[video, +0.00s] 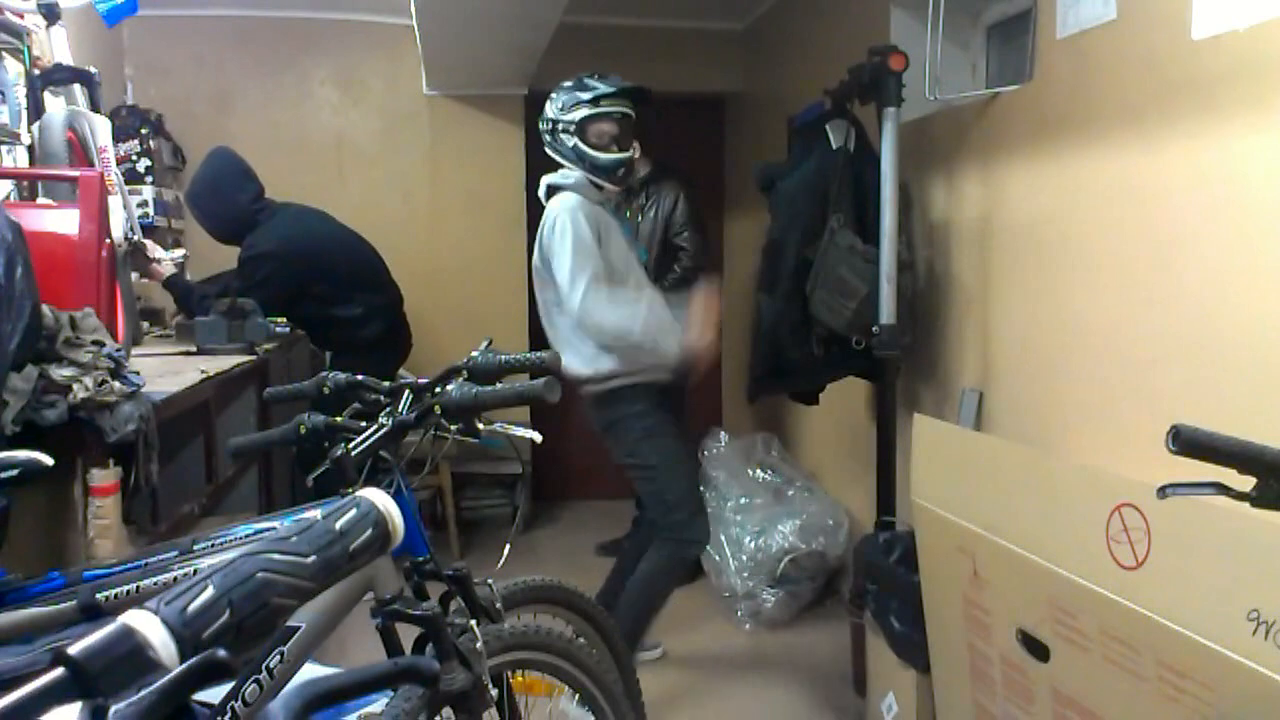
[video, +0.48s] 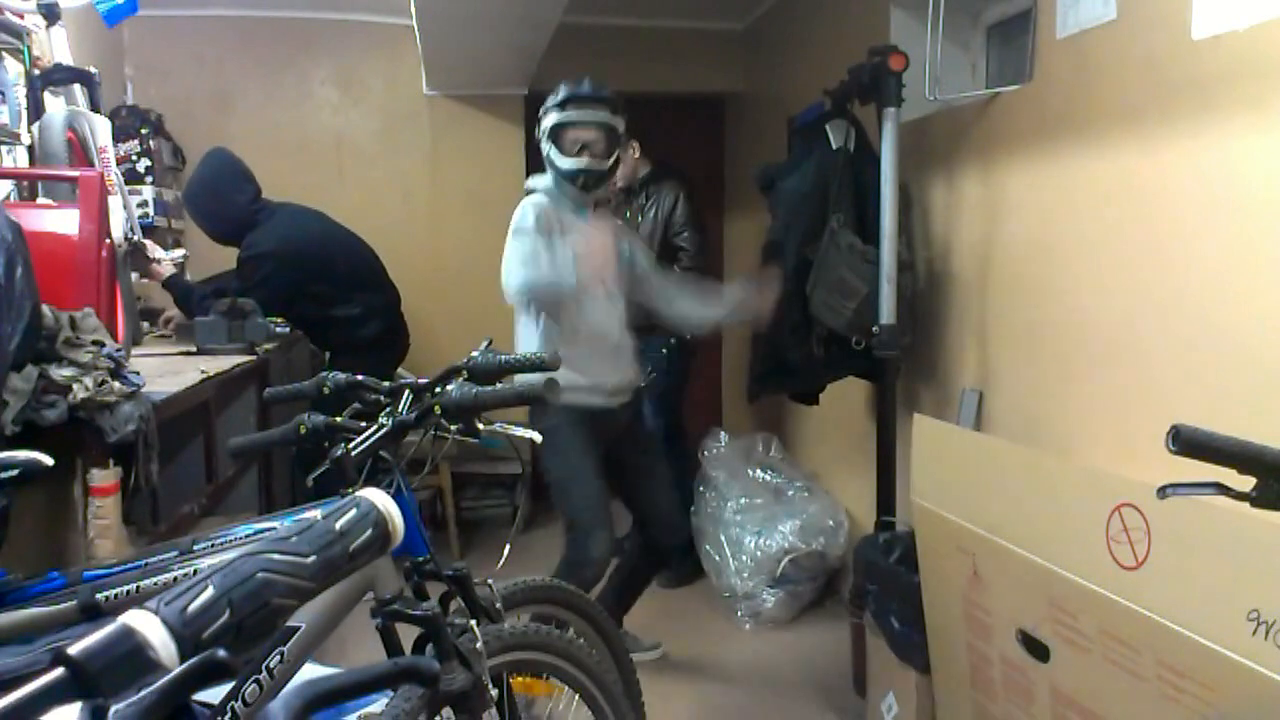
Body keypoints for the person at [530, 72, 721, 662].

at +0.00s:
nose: (619, 146)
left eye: (623, 132)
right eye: (602, 134)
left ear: (632, 134)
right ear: (566, 140)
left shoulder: (600, 212)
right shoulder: (570, 214)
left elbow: (631, 295)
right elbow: (594, 309)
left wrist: (685, 324)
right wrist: (683, 339)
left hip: (642, 386)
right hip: (618, 392)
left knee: (661, 520)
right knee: (681, 529)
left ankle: (600, 635)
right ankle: (610, 653)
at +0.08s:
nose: (612, 152)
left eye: (620, 141)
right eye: (597, 142)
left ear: (633, 146)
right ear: (567, 149)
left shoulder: (619, 213)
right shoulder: (567, 210)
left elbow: (653, 285)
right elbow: (603, 255)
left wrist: (720, 281)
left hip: (637, 391)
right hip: (598, 398)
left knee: (671, 513)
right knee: (677, 531)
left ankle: (610, 622)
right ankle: (598, 633)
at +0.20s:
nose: (607, 153)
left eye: (617, 142)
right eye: (593, 141)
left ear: (633, 147)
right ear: (565, 146)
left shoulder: (634, 214)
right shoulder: (561, 206)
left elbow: (672, 301)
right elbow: (588, 262)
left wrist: (715, 295)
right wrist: (672, 242)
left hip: (642, 388)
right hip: (593, 392)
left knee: (655, 529)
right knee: (638, 541)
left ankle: (603, 624)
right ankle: (574, 632)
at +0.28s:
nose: (603, 139)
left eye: (613, 127)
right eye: (588, 127)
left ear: (626, 136)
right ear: (561, 133)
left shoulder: (599, 207)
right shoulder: (557, 206)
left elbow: (620, 295)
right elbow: (553, 311)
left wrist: (656, 356)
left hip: (646, 384)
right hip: (606, 393)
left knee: (653, 516)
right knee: (597, 524)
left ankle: (600, 620)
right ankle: (533, 627)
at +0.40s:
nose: (594, 135)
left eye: (607, 123)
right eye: (580, 123)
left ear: (623, 132)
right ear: (554, 128)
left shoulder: (609, 210)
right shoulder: (541, 208)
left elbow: (623, 310)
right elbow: (521, 307)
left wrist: (676, 369)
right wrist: (572, 356)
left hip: (641, 389)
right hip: (583, 396)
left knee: (660, 524)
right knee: (598, 529)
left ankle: (600, 623)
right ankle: (530, 631)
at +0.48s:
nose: (587, 152)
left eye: (600, 139)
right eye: (572, 139)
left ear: (618, 147)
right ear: (549, 144)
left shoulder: (611, 227)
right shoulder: (537, 212)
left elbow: (667, 295)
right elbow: (520, 285)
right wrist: (576, 269)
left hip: (619, 400)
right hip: (562, 403)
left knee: (663, 527)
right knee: (590, 541)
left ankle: (602, 624)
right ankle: (541, 638)